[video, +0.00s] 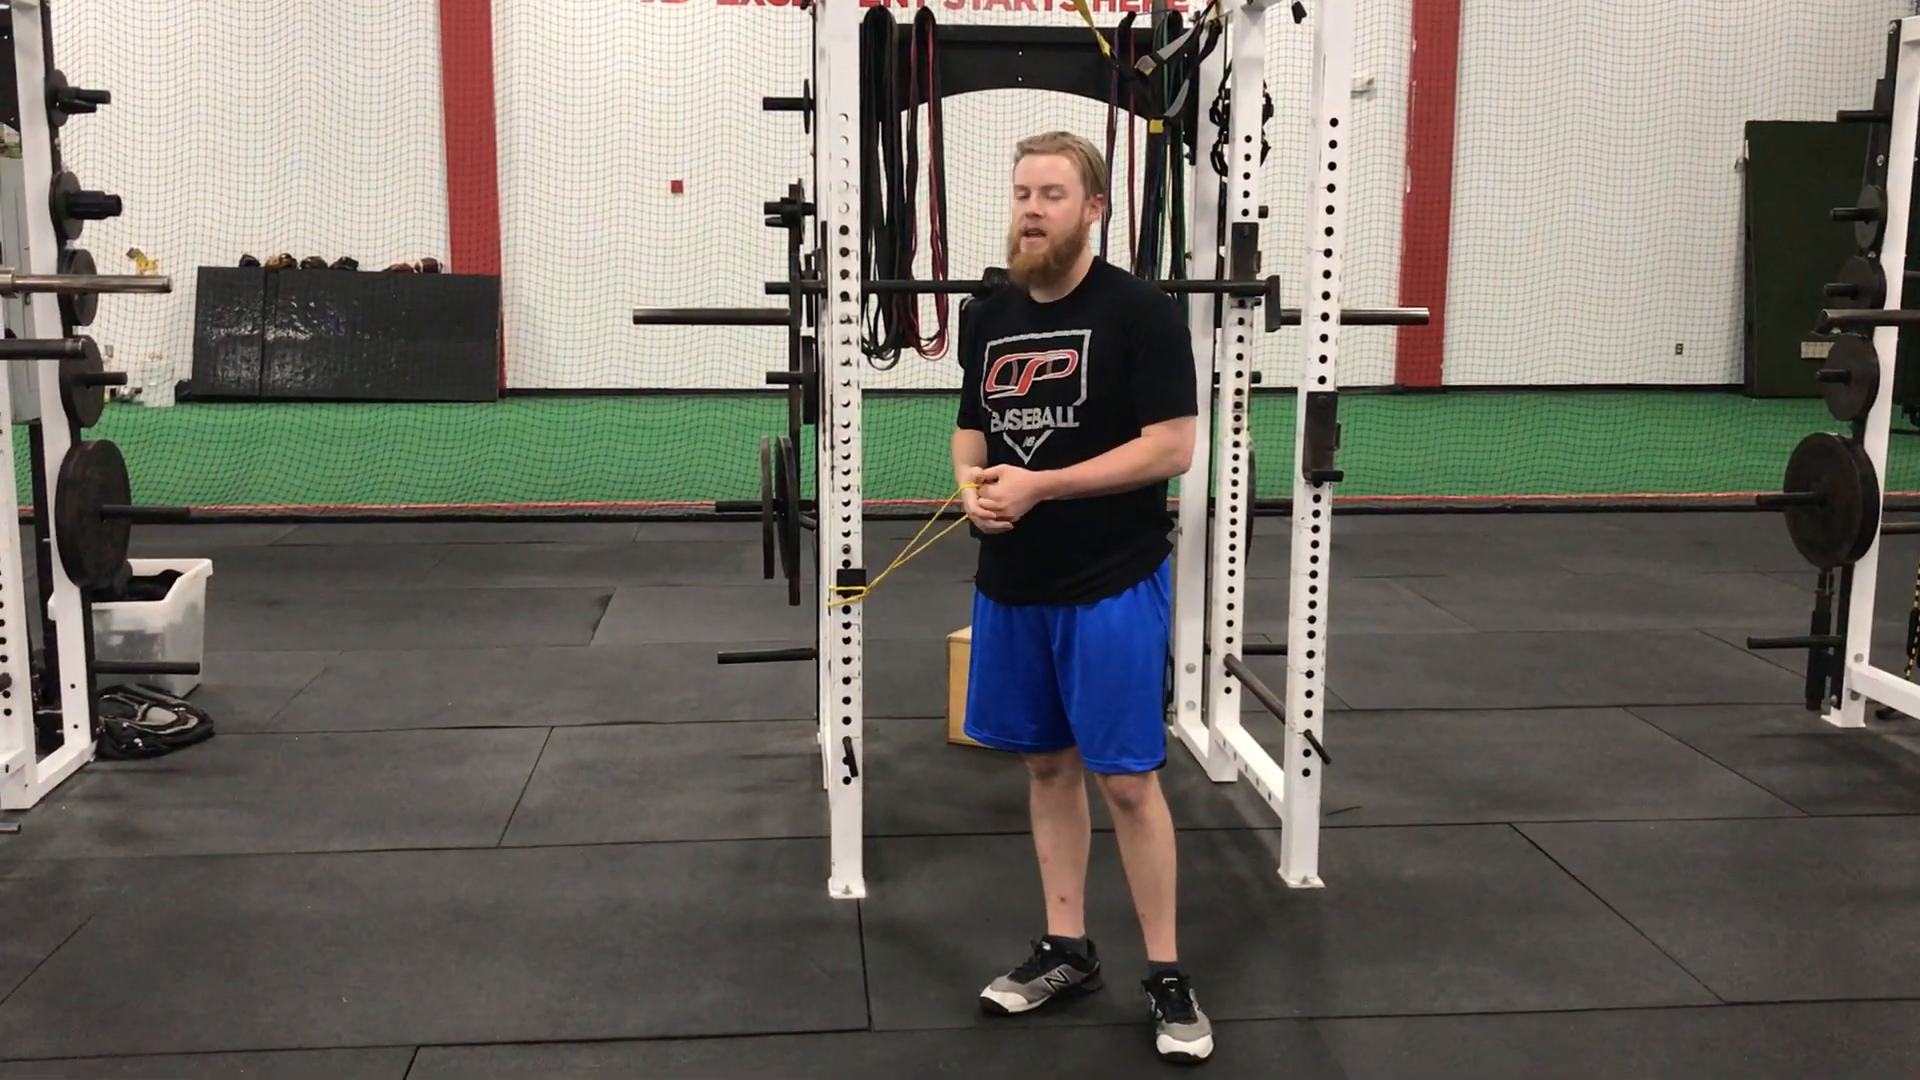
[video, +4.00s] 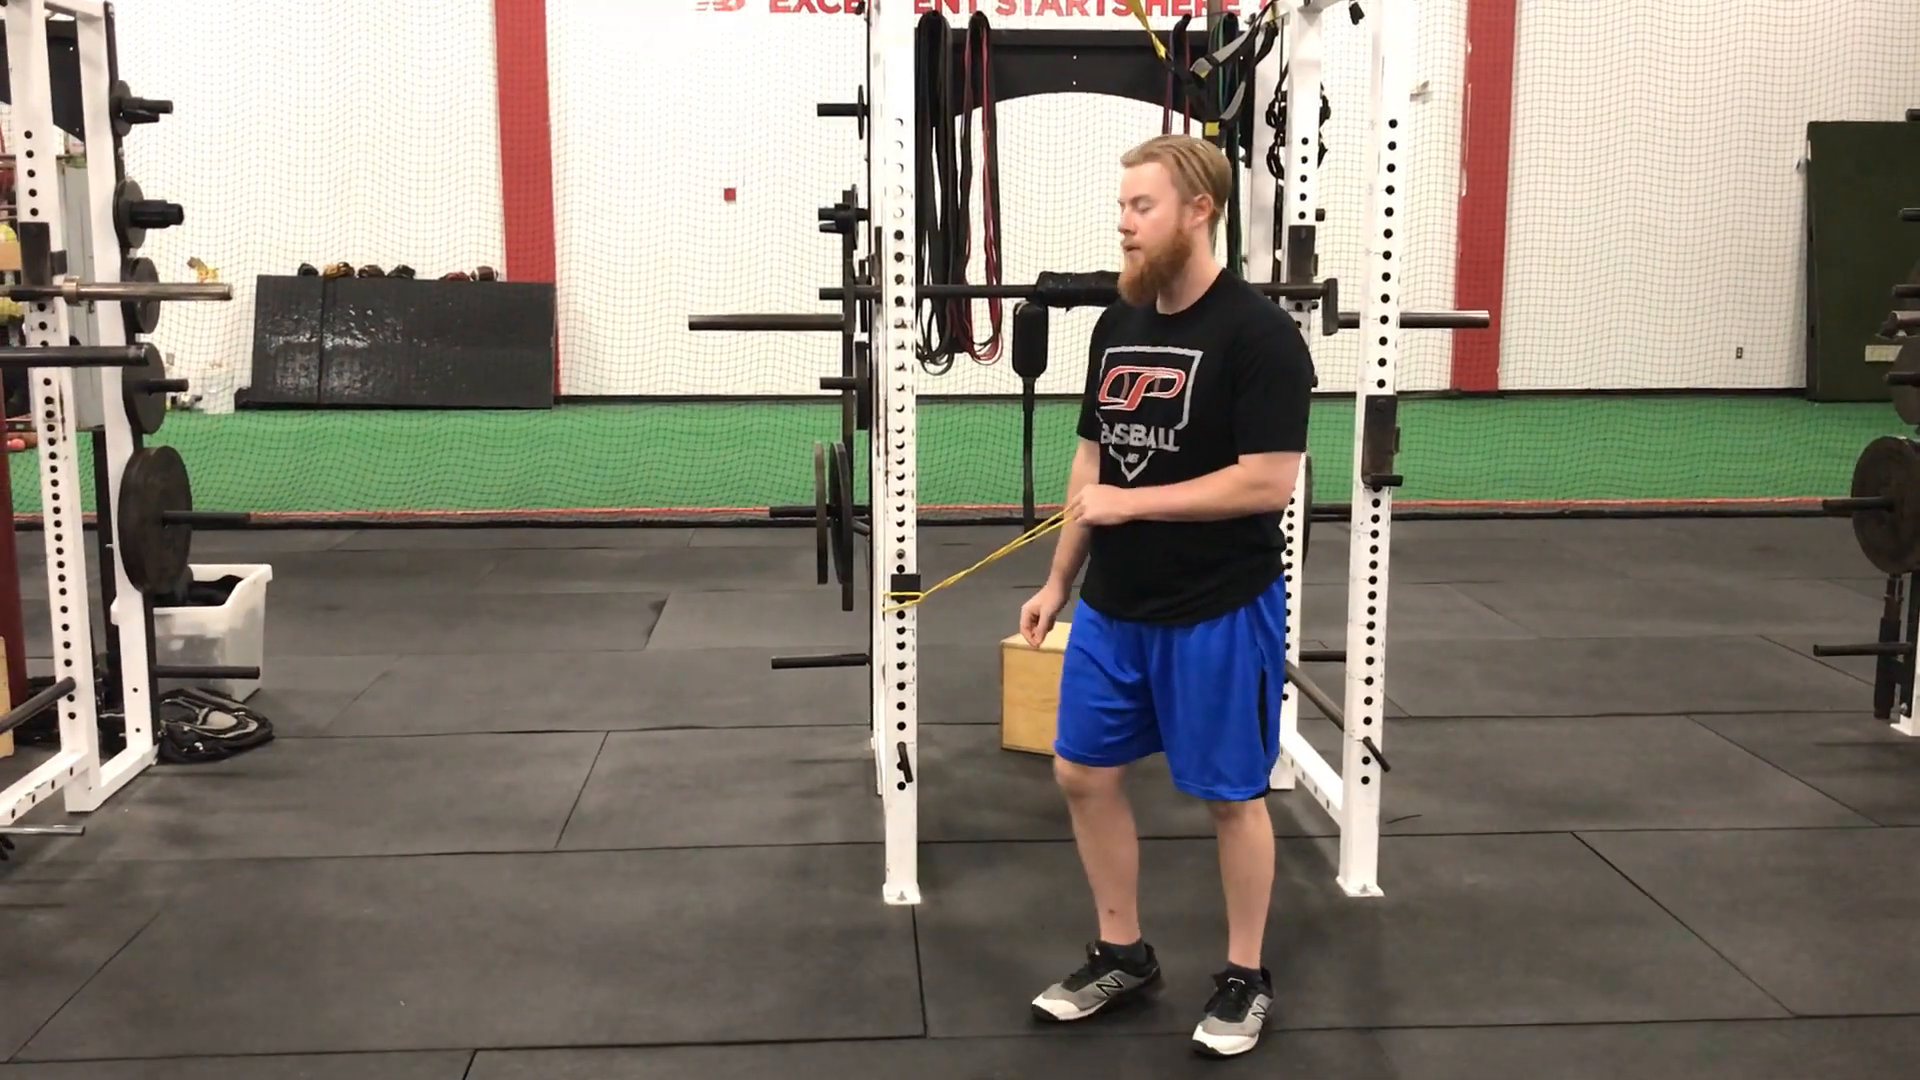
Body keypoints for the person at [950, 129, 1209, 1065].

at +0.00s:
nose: (1029, 209)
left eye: (1049, 195)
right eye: (1021, 194)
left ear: (1093, 209)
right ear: (1007, 208)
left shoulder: (1140, 310)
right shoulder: (988, 314)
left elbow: (1174, 444)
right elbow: (969, 430)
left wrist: (1041, 483)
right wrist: (973, 485)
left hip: (1115, 586)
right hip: (1015, 586)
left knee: (1129, 782)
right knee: (1048, 769)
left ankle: (1167, 977)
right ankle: (1066, 950)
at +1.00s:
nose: (1047, 224)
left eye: (1053, 206)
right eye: (1046, 207)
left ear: (1098, 203)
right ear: (1098, 206)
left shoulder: (1181, 315)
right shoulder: (1078, 307)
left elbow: (1194, 460)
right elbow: (1064, 429)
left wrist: (1060, 480)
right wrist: (963, 442)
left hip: (1150, 585)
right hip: (1066, 581)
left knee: (1154, 775)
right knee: (1081, 760)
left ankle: (1195, 963)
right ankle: (1080, 945)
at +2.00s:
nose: (1095, 242)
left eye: (1102, 224)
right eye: (1095, 224)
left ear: (1147, 224)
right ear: (1149, 222)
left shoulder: (1236, 334)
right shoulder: (1128, 317)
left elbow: (1245, 482)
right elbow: (1098, 437)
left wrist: (1107, 505)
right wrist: (1035, 525)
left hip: (1196, 606)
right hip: (1106, 597)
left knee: (1209, 788)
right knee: (1101, 772)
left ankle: (1211, 974)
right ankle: (1095, 958)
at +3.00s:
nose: (1103, 212)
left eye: (1123, 197)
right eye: (1091, 196)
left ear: (1162, 212)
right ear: (1075, 210)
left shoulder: (1210, 318)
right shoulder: (1053, 326)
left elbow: (1234, 454)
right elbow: (1031, 458)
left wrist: (1096, 483)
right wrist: (1026, 578)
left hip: (1186, 596)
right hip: (1080, 596)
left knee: (1199, 779)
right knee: (1098, 774)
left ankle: (1215, 974)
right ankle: (1100, 958)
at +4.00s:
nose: (1123, 226)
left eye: (1140, 207)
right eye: (1121, 208)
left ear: (1198, 212)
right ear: (1147, 215)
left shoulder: (1261, 331)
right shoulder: (1118, 328)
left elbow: (1273, 481)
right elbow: (1093, 465)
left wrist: (1126, 501)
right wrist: (1059, 579)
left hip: (1223, 611)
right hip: (1117, 603)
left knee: (1234, 797)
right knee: (1083, 772)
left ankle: (1243, 977)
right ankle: (1121, 954)